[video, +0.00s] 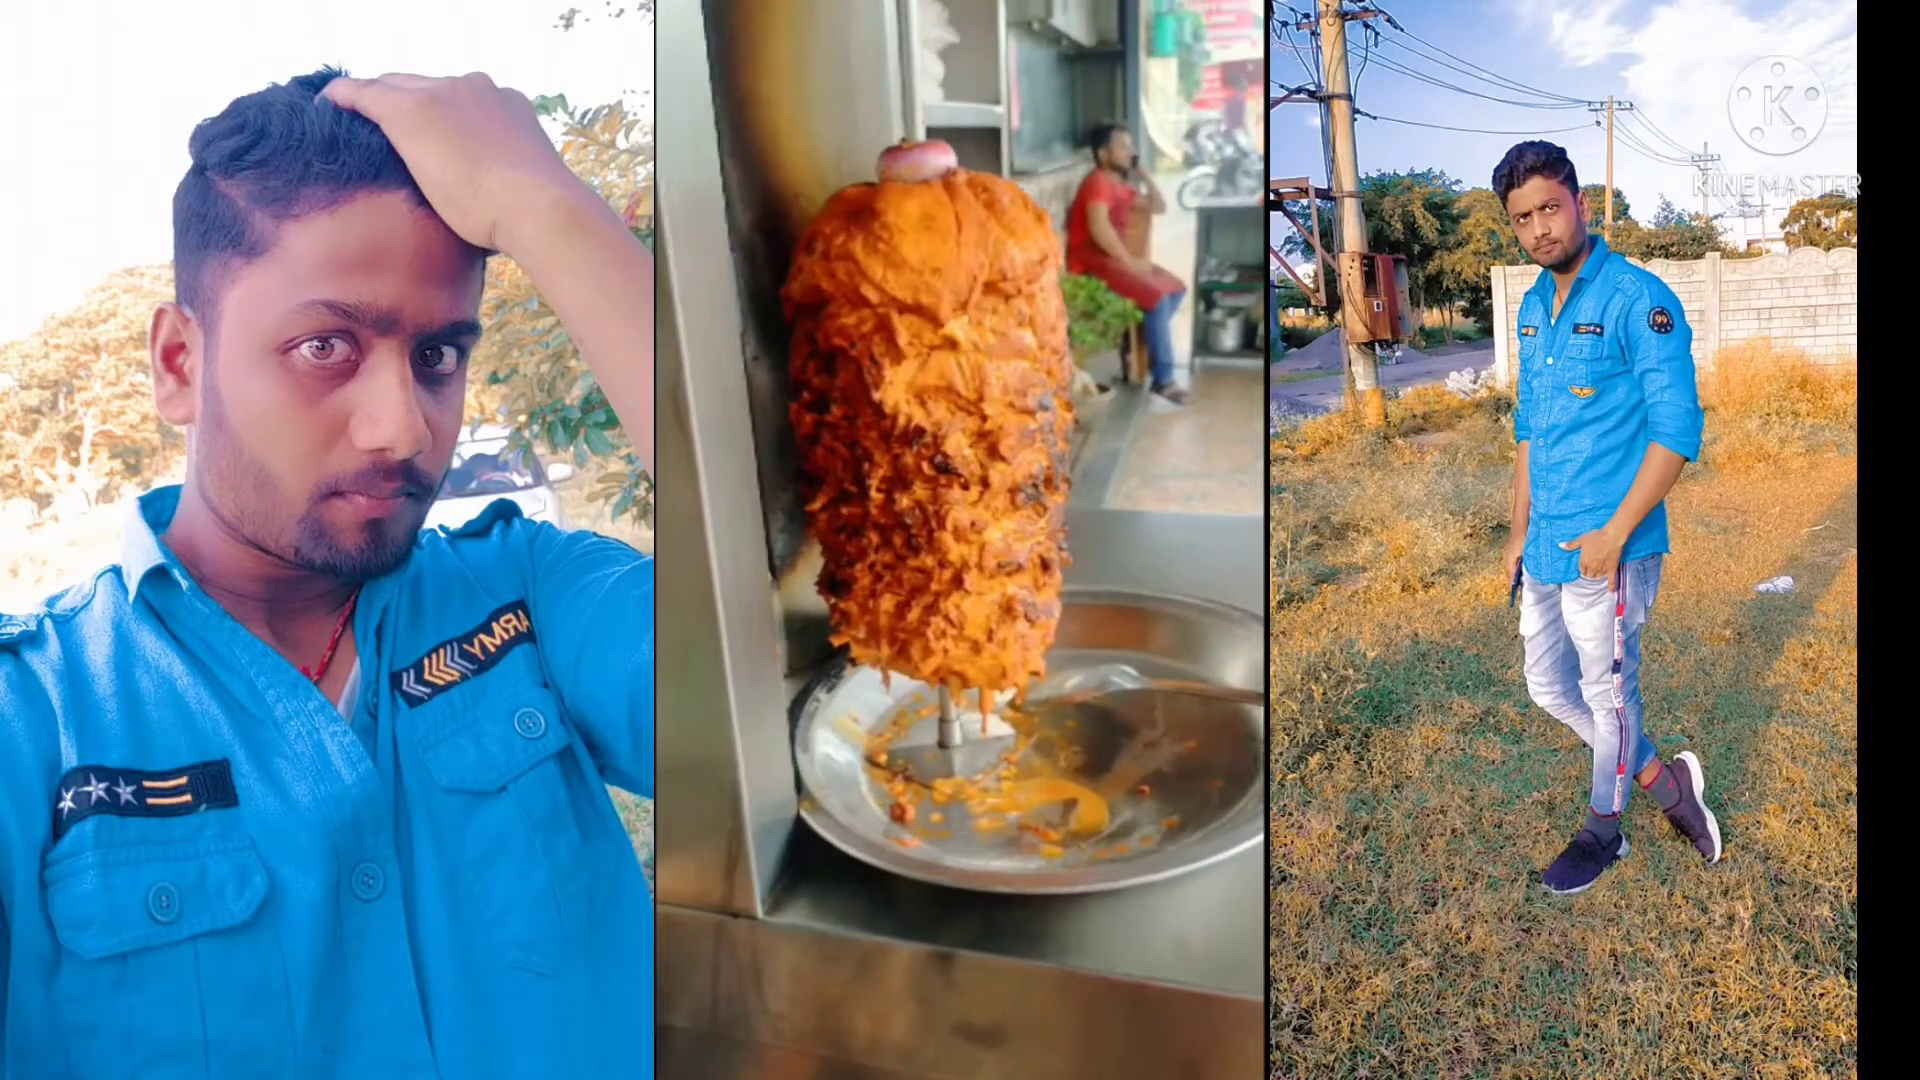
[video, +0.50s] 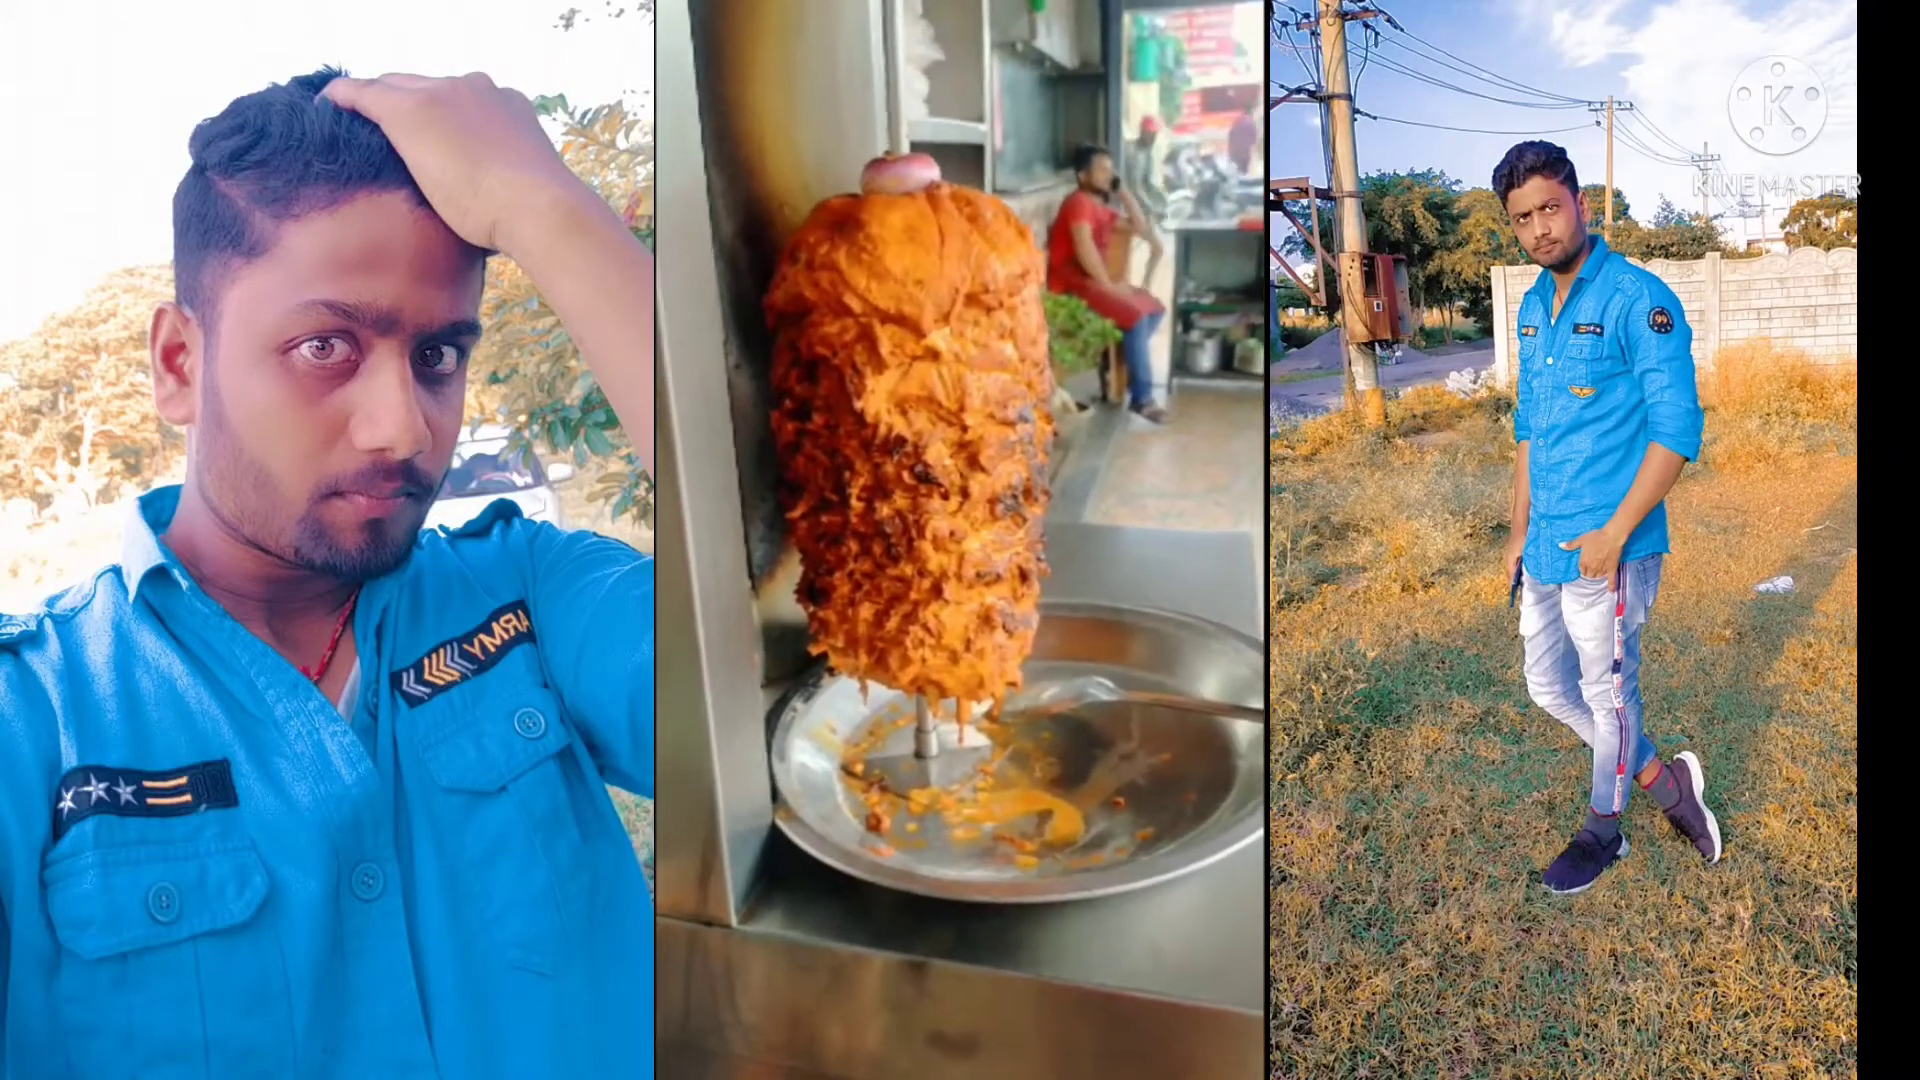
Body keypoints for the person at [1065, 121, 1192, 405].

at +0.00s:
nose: (1130, 151)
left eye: (1129, 145)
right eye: (1122, 145)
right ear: (1103, 153)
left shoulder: (1121, 184)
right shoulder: (1097, 182)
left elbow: (1158, 207)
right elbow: (1098, 228)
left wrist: (1143, 176)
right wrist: (1129, 260)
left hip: (1118, 257)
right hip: (1093, 261)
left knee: (1176, 289)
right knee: (1155, 299)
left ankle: (1134, 343)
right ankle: (1163, 380)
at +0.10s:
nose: (1128, 162)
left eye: (1127, 155)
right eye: (1120, 156)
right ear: (1101, 164)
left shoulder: (1120, 195)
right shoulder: (1096, 192)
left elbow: (1156, 217)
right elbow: (1093, 237)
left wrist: (1141, 186)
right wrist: (1127, 268)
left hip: (1116, 267)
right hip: (1092, 271)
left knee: (1174, 300)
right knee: (1153, 309)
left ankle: (1132, 352)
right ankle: (1162, 389)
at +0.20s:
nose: (1105, 190)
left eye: (1106, 184)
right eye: (1099, 184)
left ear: (1105, 189)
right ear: (1079, 190)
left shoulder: (1099, 222)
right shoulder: (1074, 218)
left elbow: (1133, 243)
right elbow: (1071, 261)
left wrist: (1119, 212)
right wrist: (1105, 295)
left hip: (1093, 292)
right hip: (1069, 296)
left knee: (1151, 325)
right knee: (1132, 333)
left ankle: (1110, 377)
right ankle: (1139, 413)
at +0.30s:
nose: (1103, 181)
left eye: (1104, 175)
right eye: (1096, 175)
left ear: (1102, 180)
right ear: (1076, 182)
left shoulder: (1095, 212)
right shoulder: (1071, 209)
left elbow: (1132, 234)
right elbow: (1072, 254)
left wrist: (1116, 203)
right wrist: (1100, 287)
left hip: (1089, 283)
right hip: (1066, 287)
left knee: (1148, 317)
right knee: (1128, 324)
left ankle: (1106, 368)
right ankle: (1136, 405)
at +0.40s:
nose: (1104, 171)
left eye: (1105, 165)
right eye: (1097, 165)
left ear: (1105, 169)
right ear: (1078, 172)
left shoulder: (1097, 202)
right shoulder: (1073, 199)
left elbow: (1133, 224)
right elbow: (1077, 246)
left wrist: (1118, 192)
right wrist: (1102, 280)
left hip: (1093, 273)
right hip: (1068, 277)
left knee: (1150, 307)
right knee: (1130, 315)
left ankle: (1107, 359)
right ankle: (1137, 396)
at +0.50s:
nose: (1109, 175)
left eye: (1110, 169)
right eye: (1102, 169)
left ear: (1109, 174)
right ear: (1083, 175)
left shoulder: (1102, 207)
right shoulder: (1078, 203)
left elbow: (1139, 227)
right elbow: (1083, 248)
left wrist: (1123, 193)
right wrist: (1107, 283)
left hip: (1094, 279)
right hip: (1072, 282)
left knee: (1155, 309)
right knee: (1134, 317)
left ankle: (1111, 361)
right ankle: (1142, 399)